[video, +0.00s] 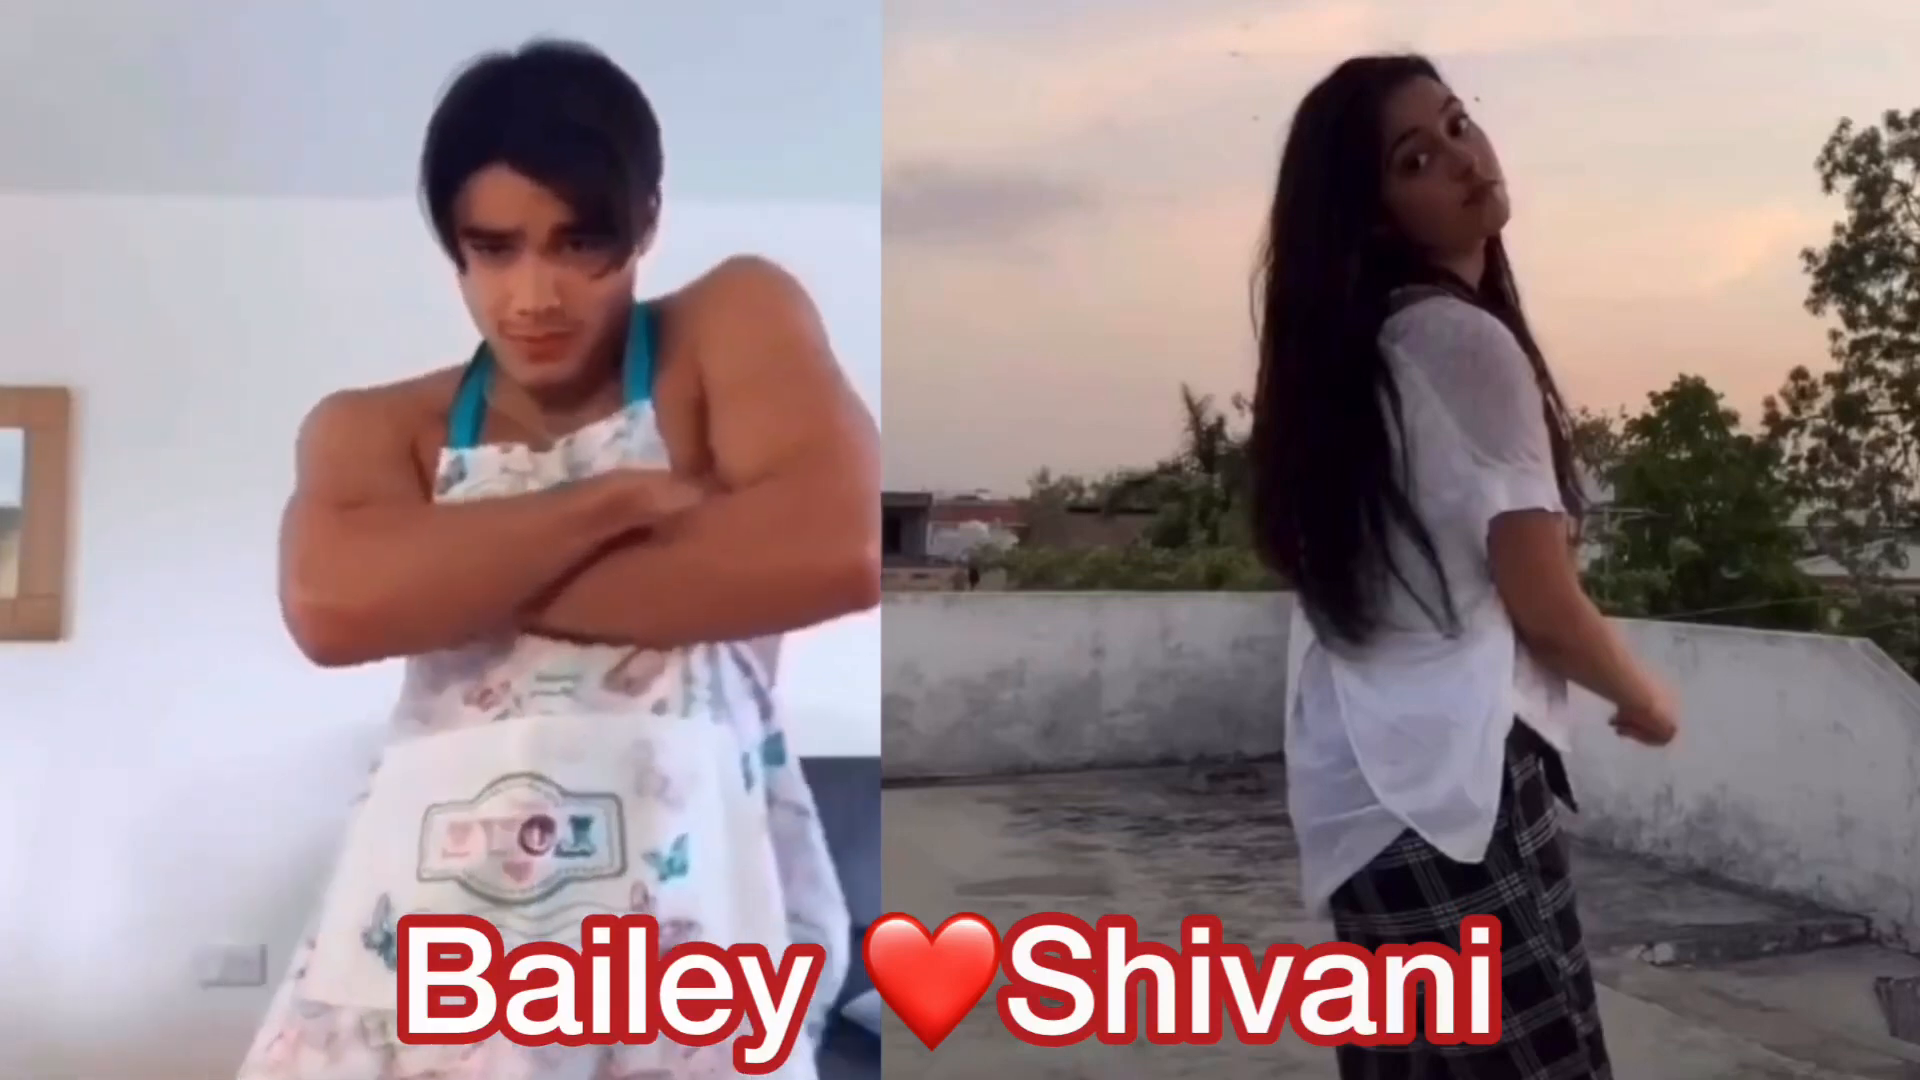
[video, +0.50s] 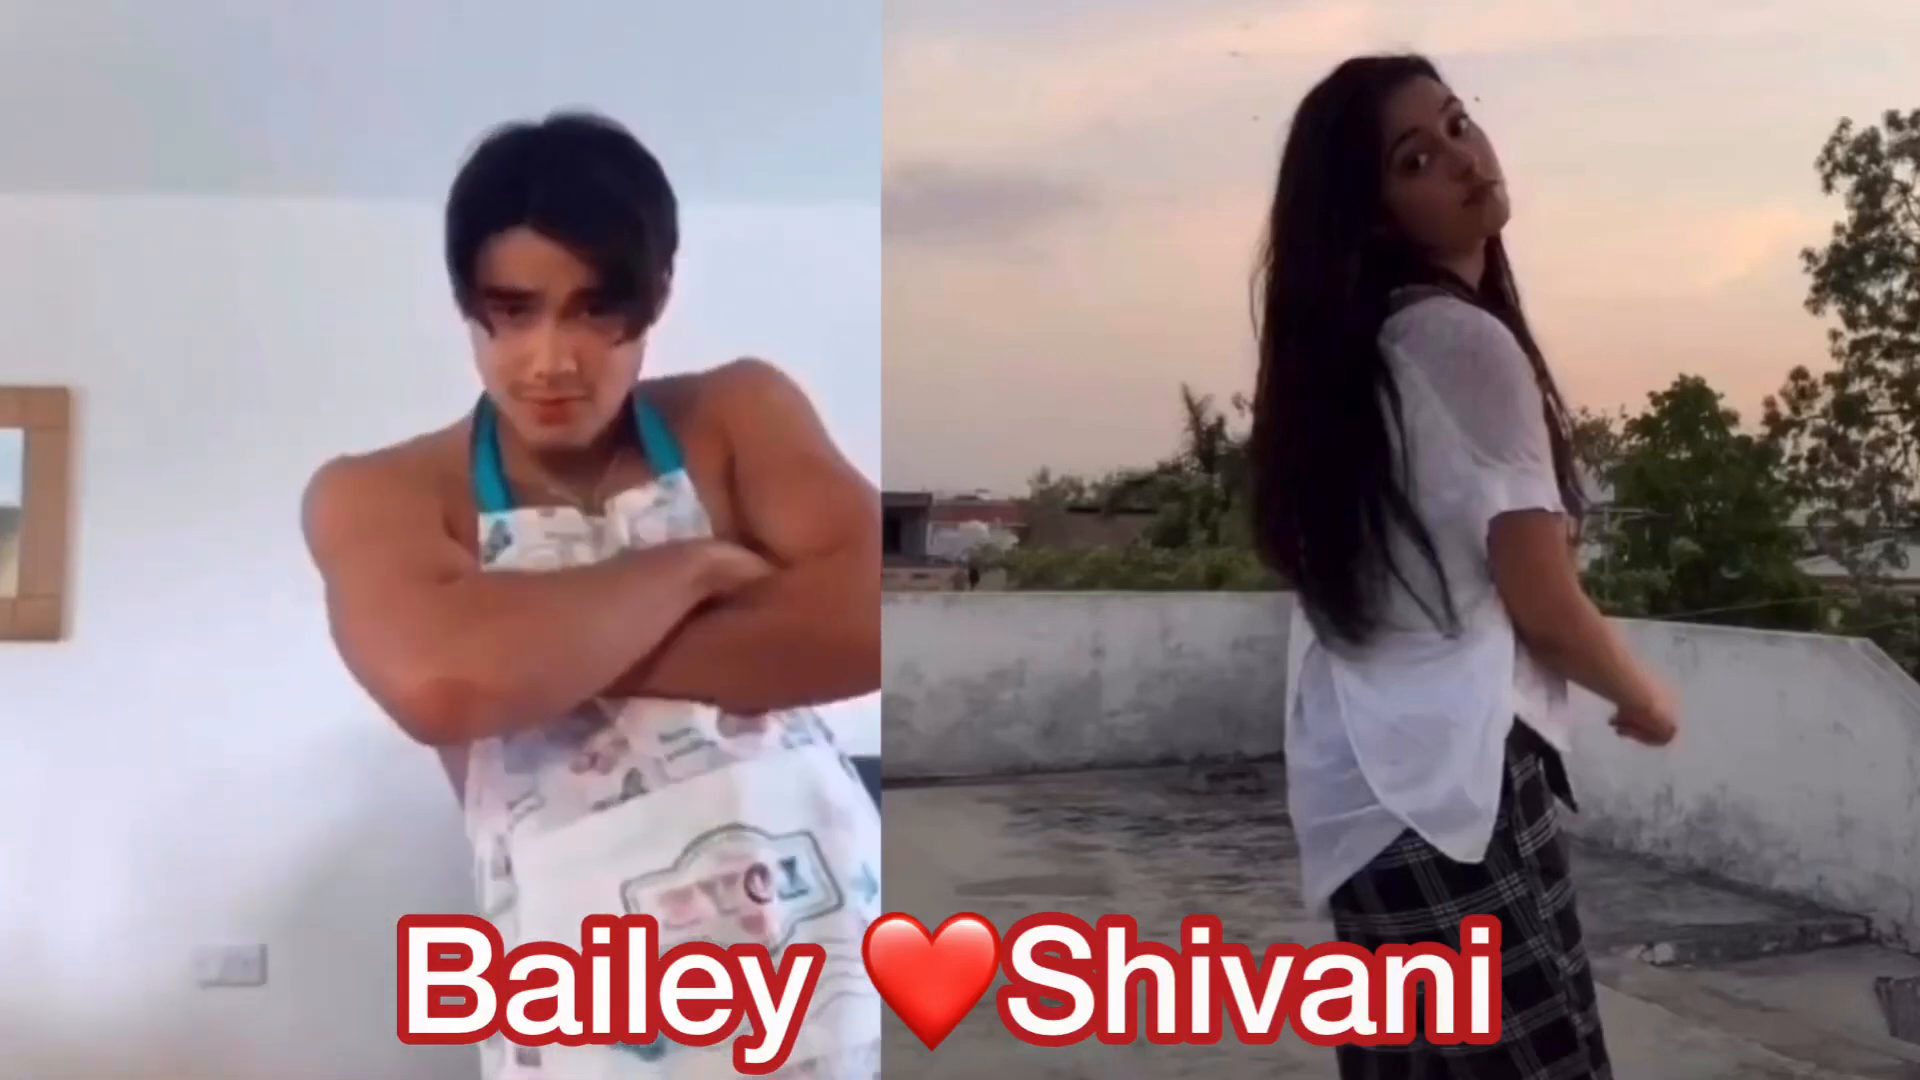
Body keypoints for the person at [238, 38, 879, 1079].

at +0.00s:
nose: (535, 296)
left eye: (584, 248)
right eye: (494, 248)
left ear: (646, 227)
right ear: (449, 239)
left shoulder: (733, 318)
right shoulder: (368, 426)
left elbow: (828, 550)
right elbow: (333, 607)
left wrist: (492, 577)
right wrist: (625, 498)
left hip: (684, 881)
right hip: (436, 888)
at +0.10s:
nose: (549, 309)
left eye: (598, 263)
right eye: (512, 261)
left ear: (667, 250)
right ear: (470, 254)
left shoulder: (744, 316)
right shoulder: (395, 474)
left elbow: (843, 555)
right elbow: (383, 649)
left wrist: (525, 607)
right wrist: (663, 510)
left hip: (748, 901)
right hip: (499, 910)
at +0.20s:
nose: (565, 338)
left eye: (614, 291)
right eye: (528, 290)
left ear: (677, 279)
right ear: (487, 282)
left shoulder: (749, 342)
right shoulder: (409, 515)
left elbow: (858, 563)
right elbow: (426, 695)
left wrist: (564, 637)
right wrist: (696, 532)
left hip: (791, 943)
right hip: (541, 969)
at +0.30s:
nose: (567, 362)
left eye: (613, 314)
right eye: (528, 314)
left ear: (676, 301)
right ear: (485, 302)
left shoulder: (749, 375)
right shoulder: (403, 541)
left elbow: (864, 599)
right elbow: (456, 723)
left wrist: (562, 661)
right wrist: (707, 556)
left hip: (810, 973)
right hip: (573, 1009)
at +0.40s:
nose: (561, 371)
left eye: (605, 323)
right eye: (525, 323)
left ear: (666, 316)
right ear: (481, 317)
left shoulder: (745, 406)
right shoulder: (390, 538)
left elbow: (877, 606)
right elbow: (460, 720)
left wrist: (563, 670)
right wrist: (703, 570)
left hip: (833, 959)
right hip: (595, 1011)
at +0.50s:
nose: (550, 359)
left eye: (596, 311)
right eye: (512, 311)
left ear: (656, 296)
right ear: (466, 300)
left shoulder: (742, 411)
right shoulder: (373, 496)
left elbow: (858, 628)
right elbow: (445, 686)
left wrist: (551, 639)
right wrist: (699, 563)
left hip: (808, 935)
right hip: (569, 964)